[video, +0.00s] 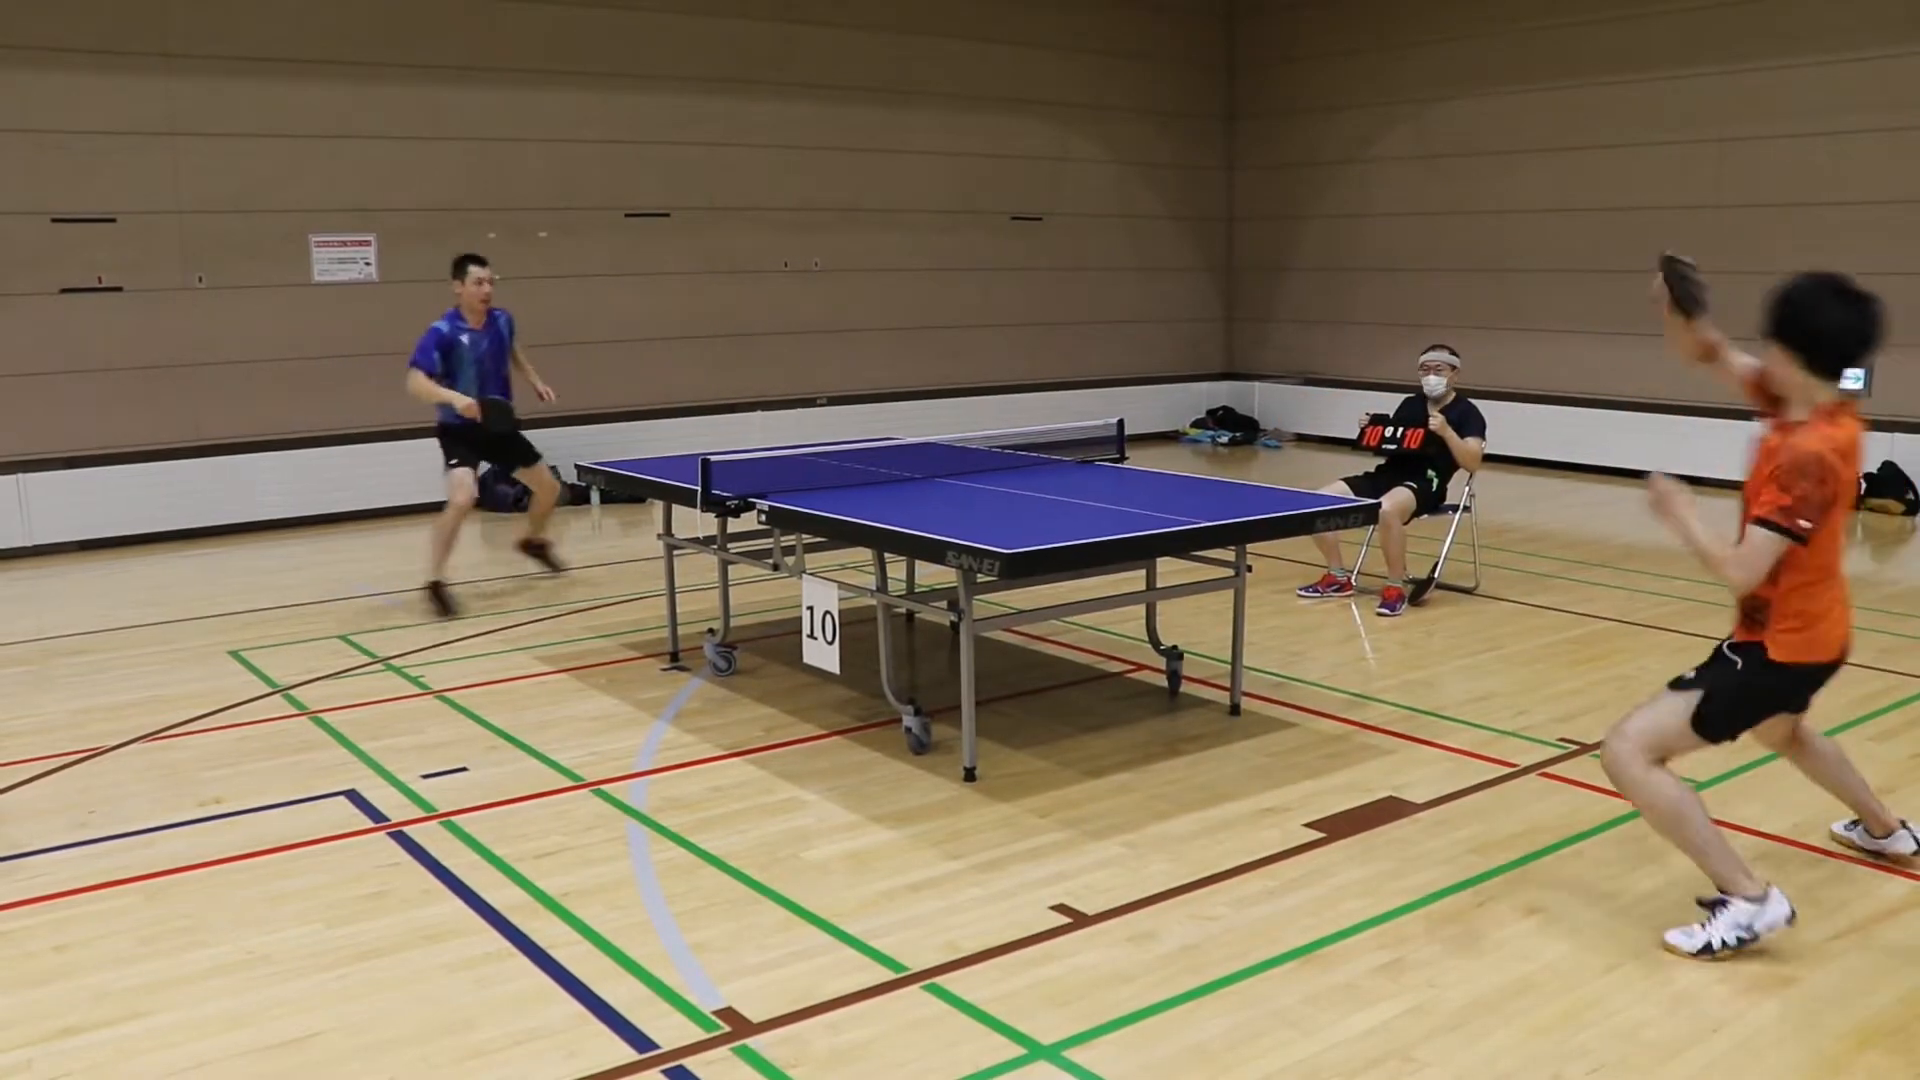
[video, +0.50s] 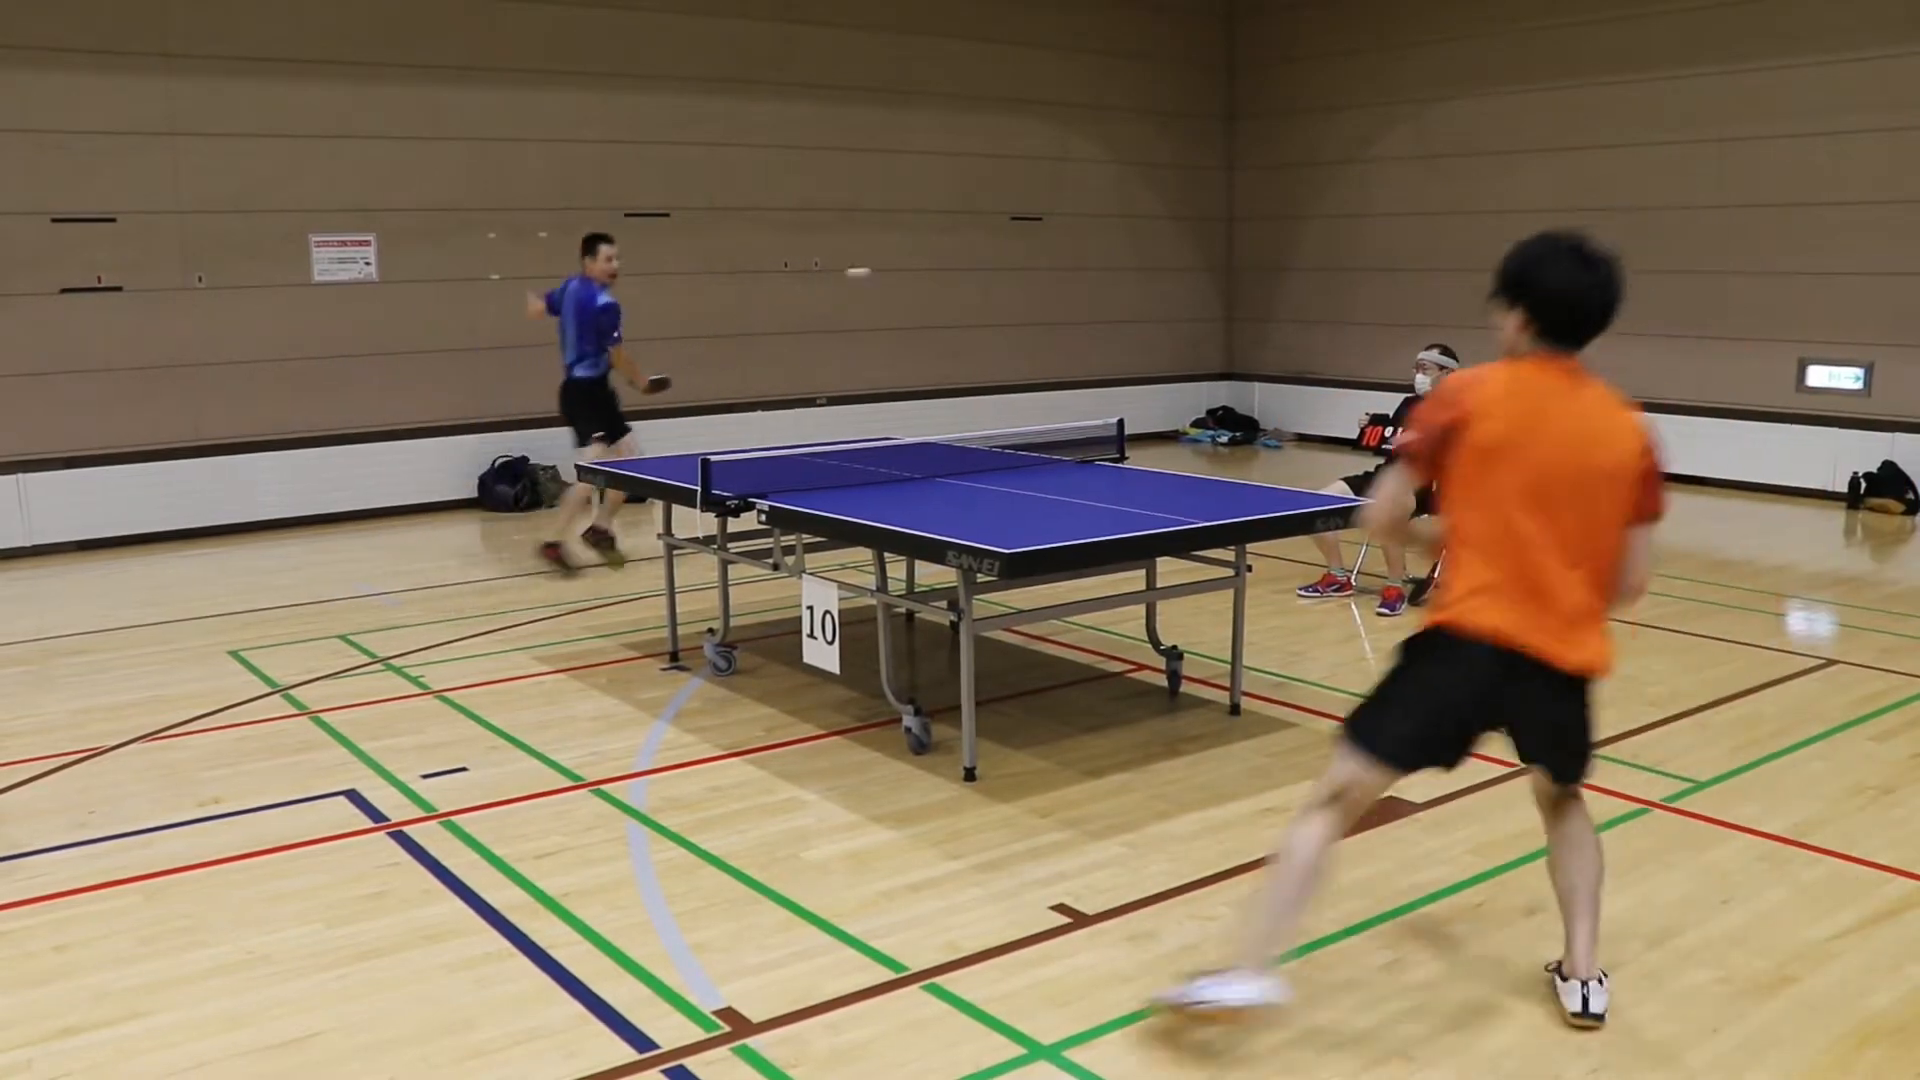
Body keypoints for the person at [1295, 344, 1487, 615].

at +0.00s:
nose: (1430, 375)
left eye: (1439, 369)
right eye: (1425, 369)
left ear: (1455, 375)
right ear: (1419, 374)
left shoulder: (1467, 413)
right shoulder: (1411, 404)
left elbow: (1472, 463)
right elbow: (1393, 440)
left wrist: (1447, 433)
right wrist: (1372, 426)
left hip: (1427, 481)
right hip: (1390, 473)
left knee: (1388, 510)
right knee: (1318, 502)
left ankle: (1395, 588)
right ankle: (1337, 576)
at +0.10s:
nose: (1425, 374)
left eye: (1433, 369)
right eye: (1421, 369)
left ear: (1453, 376)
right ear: (1416, 373)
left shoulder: (1466, 413)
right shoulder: (1411, 404)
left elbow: (1472, 463)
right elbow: (1394, 439)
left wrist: (1447, 433)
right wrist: (1374, 426)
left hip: (1426, 482)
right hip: (1390, 474)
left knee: (1388, 510)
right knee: (1317, 503)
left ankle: (1395, 588)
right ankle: (1337, 576)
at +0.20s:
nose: (1421, 375)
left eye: (1429, 370)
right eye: (1419, 369)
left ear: (1449, 376)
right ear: (1415, 373)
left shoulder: (1466, 413)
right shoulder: (1411, 404)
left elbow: (1472, 463)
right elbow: (1395, 439)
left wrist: (1447, 433)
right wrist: (1374, 426)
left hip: (1426, 482)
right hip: (1390, 474)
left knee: (1388, 510)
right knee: (1318, 503)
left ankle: (1395, 588)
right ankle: (1337, 576)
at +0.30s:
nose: (1418, 375)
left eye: (1425, 370)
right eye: (1417, 370)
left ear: (1446, 376)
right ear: (1414, 373)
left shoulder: (1463, 412)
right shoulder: (1411, 404)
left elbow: (1473, 462)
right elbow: (1394, 438)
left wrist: (1447, 433)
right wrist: (1374, 425)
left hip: (1425, 482)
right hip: (1389, 474)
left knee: (1388, 510)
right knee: (1319, 503)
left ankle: (1395, 588)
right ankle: (1338, 576)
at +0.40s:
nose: (1417, 375)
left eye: (1424, 370)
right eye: (1416, 369)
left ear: (1446, 376)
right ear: (1414, 372)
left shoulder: (1465, 413)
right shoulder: (1411, 404)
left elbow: (1473, 462)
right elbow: (1393, 439)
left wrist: (1447, 433)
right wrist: (1372, 426)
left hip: (1427, 481)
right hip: (1390, 473)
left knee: (1388, 510)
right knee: (1319, 503)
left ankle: (1395, 588)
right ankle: (1337, 576)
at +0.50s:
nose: (1419, 374)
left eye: (1427, 369)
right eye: (1417, 368)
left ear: (1447, 374)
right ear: (1414, 371)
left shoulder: (1453, 409)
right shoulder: (1409, 404)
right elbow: (1393, 439)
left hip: (1429, 484)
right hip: (1392, 474)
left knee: (1387, 511)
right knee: (1318, 503)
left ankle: (1396, 586)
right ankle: (1338, 576)